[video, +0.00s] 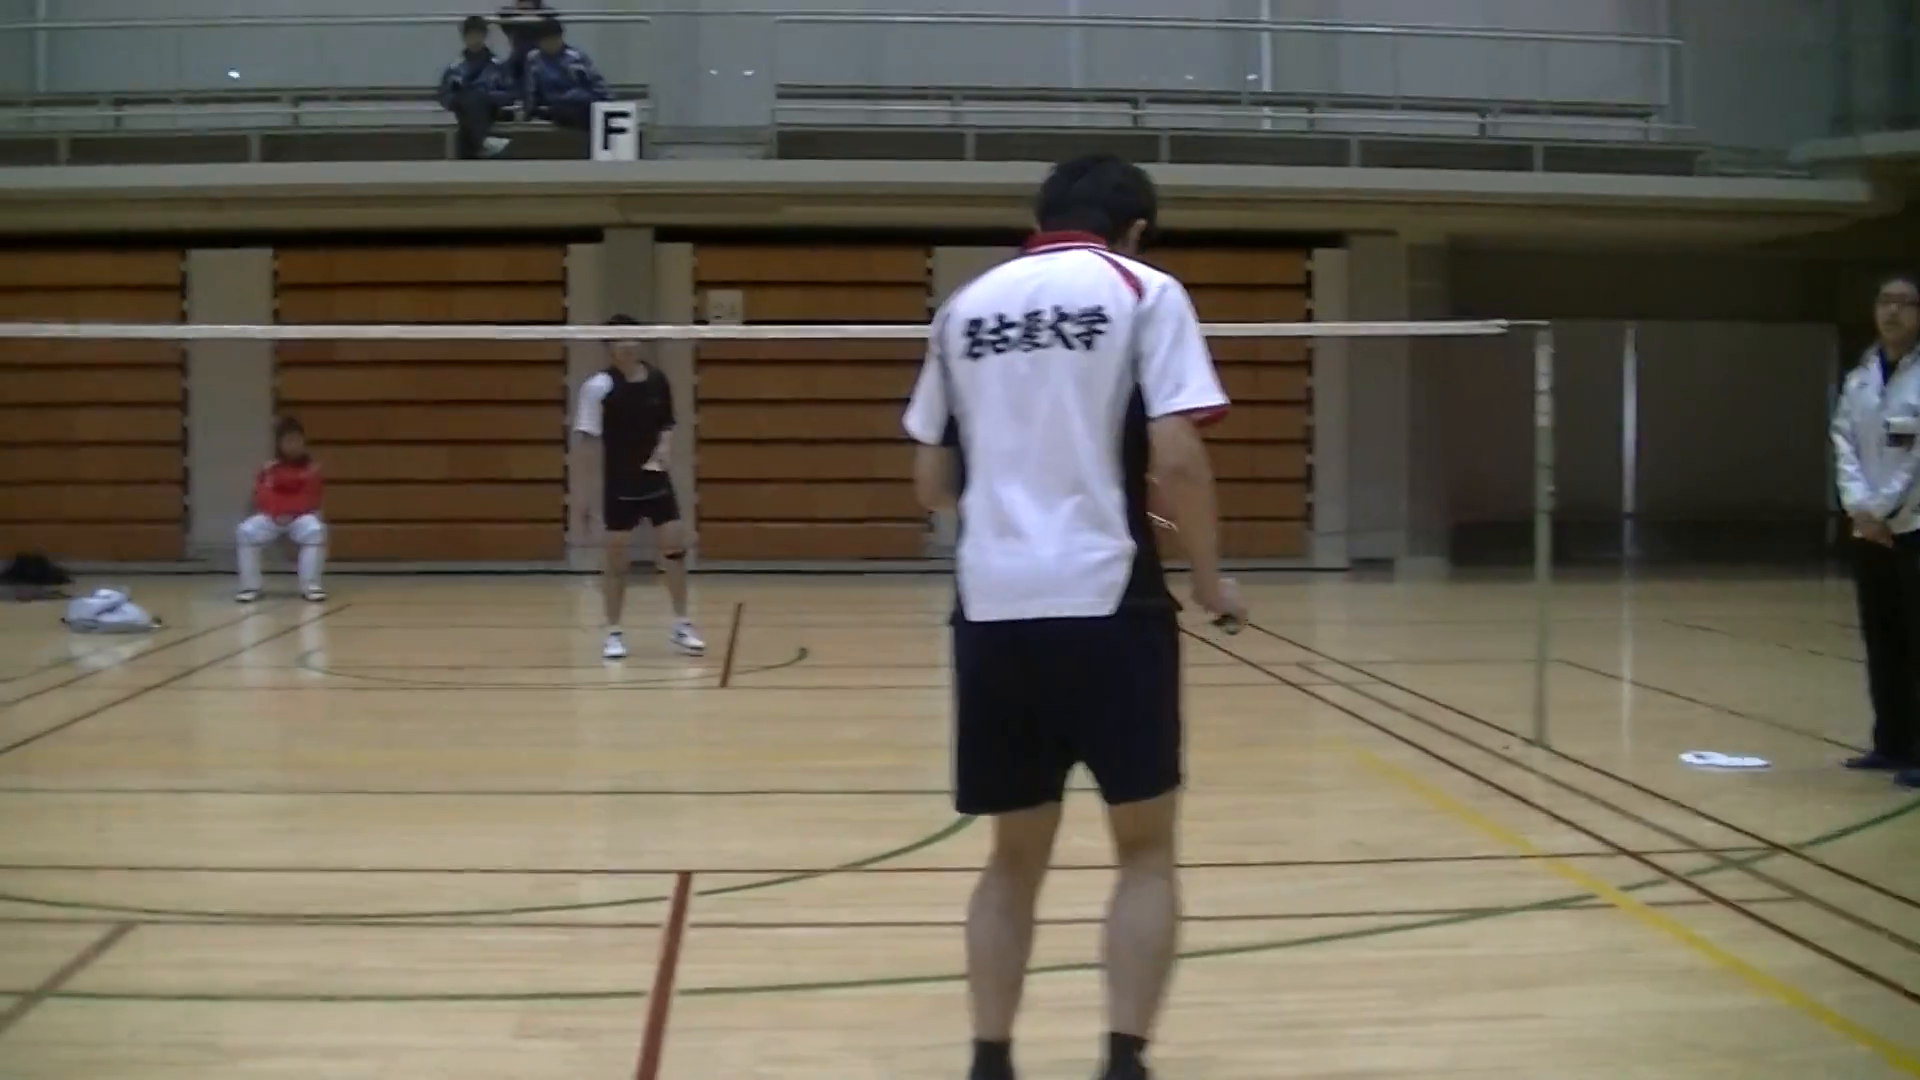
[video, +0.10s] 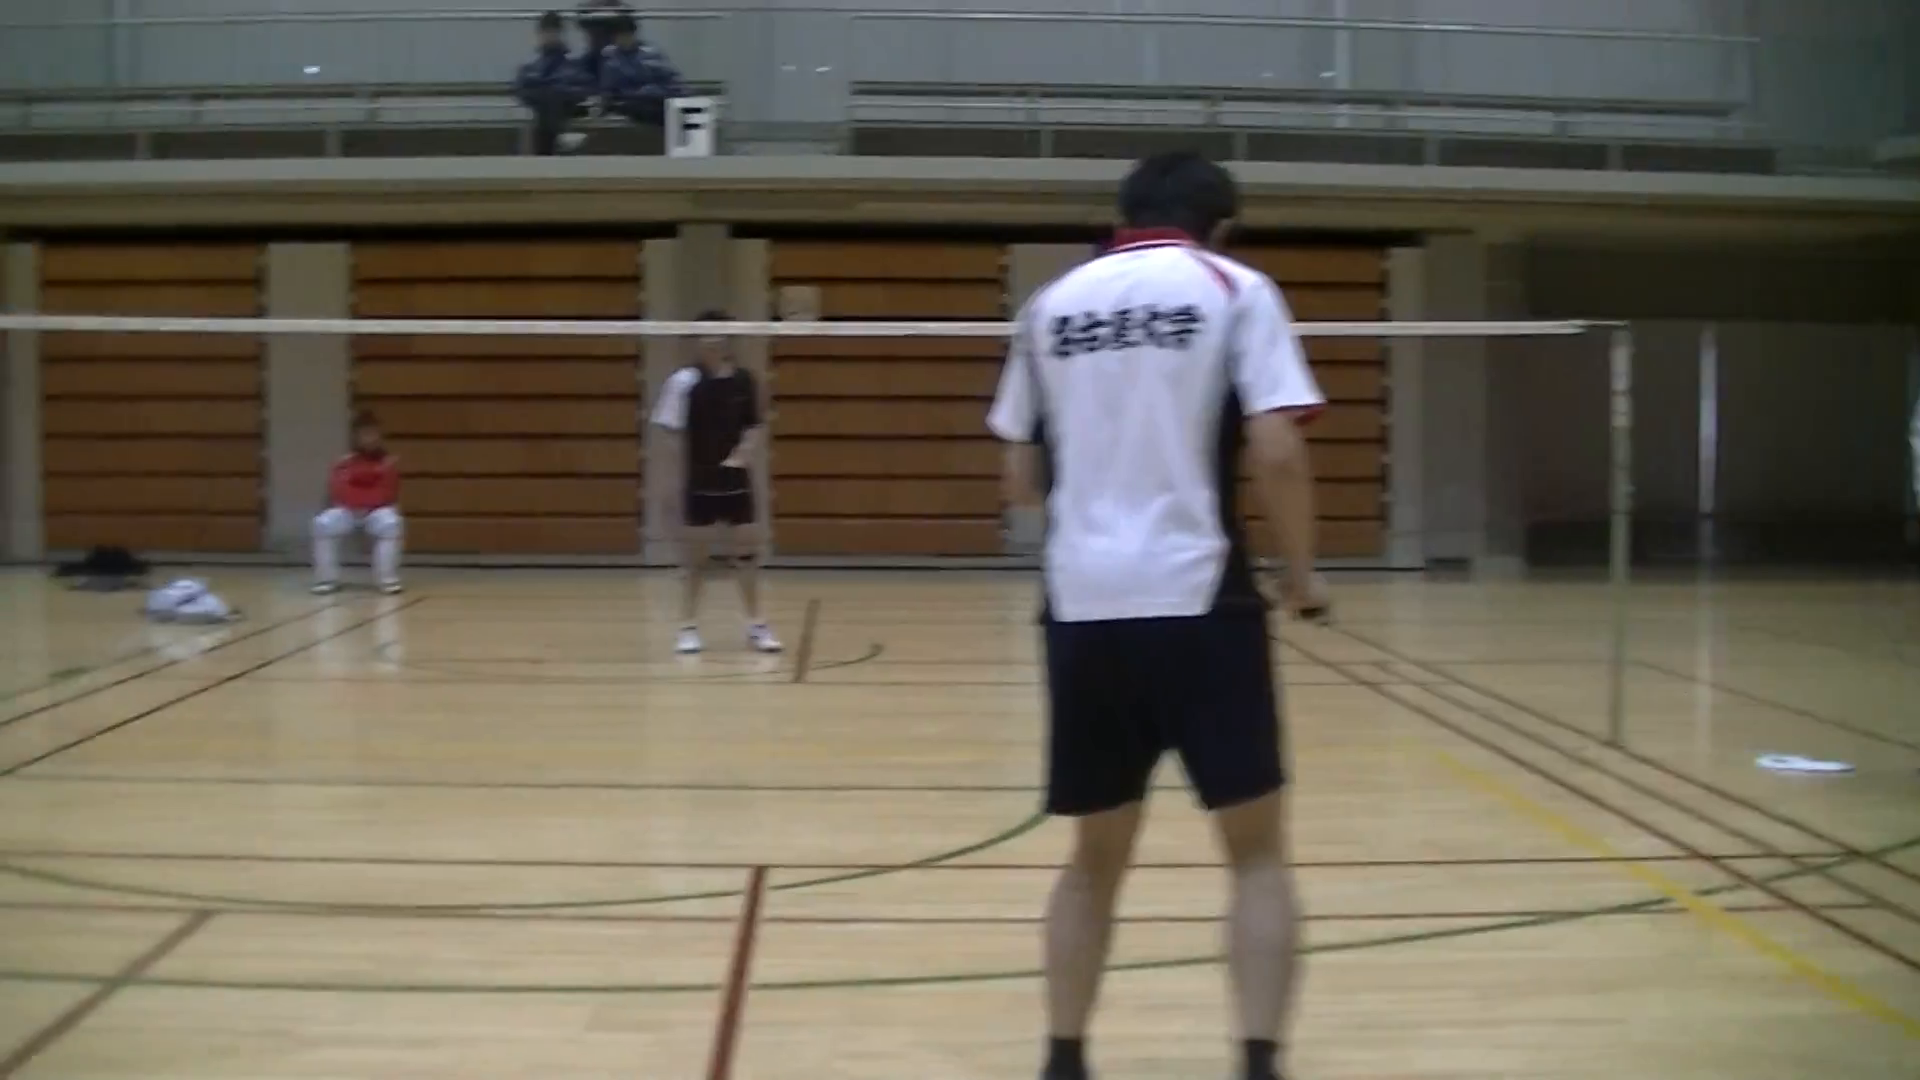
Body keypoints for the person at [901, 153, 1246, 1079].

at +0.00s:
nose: (1146, 247)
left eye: (1146, 237)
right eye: (1146, 236)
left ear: (1039, 225)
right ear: (1131, 231)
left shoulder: (964, 306)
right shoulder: (1148, 295)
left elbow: (934, 483)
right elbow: (1176, 458)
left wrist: (1014, 474)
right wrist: (1209, 580)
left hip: (994, 618)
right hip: (1113, 613)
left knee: (1013, 852)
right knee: (1144, 851)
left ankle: (988, 1063)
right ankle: (1125, 1061)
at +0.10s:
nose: (1227, 243)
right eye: (1225, 231)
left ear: (1121, 226)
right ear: (1214, 228)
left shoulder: (1050, 305)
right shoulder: (1239, 294)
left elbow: (1022, 477)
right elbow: (1276, 447)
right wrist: (1299, 569)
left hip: (1084, 619)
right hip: (1204, 614)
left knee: (1095, 852)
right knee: (1255, 853)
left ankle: (1063, 1059)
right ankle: (1260, 1062)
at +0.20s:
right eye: (1337, 207)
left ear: (1242, 207)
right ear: (1336, 208)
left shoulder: (1171, 292)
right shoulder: (1366, 281)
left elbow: (1143, 463)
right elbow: (1409, 437)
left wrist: (1220, 444)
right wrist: (1426, 561)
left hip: (1210, 611)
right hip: (1330, 606)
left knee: (1206, 844)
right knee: (1399, 851)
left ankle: (1165, 1053)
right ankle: (1430, 1062)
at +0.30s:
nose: (1478, 186)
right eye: (1481, 171)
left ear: (1385, 170)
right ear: (1480, 172)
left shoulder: (1316, 264)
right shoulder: (1522, 257)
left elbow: (1290, 442)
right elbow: (1566, 422)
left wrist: (1374, 434)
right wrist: (1578, 543)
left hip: (1358, 596)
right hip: (1484, 596)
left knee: (1331, 824)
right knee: (1551, 845)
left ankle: (1278, 1041)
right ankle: (1588, 1069)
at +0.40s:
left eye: (1463, 167)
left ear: (1462, 170)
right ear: (1562, 166)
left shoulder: (1405, 266)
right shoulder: (1623, 256)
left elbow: (1378, 459)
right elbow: (1669, 432)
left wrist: (1460, 486)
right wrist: (1664, 563)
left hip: (1451, 605)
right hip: (1585, 609)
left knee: (1393, 831)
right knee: (1622, 866)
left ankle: (1331, 1040)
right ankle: (1636, 1074)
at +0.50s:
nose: (1506, 173)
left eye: (1503, 159)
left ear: (1508, 165)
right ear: (1613, 158)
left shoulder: (1458, 264)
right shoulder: (1686, 250)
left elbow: (1437, 458)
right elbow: (1735, 429)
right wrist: (1726, 550)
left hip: (1505, 604)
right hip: (1645, 606)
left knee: (1440, 842)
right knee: (1659, 872)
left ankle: (1388, 1058)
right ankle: (1663, 1078)